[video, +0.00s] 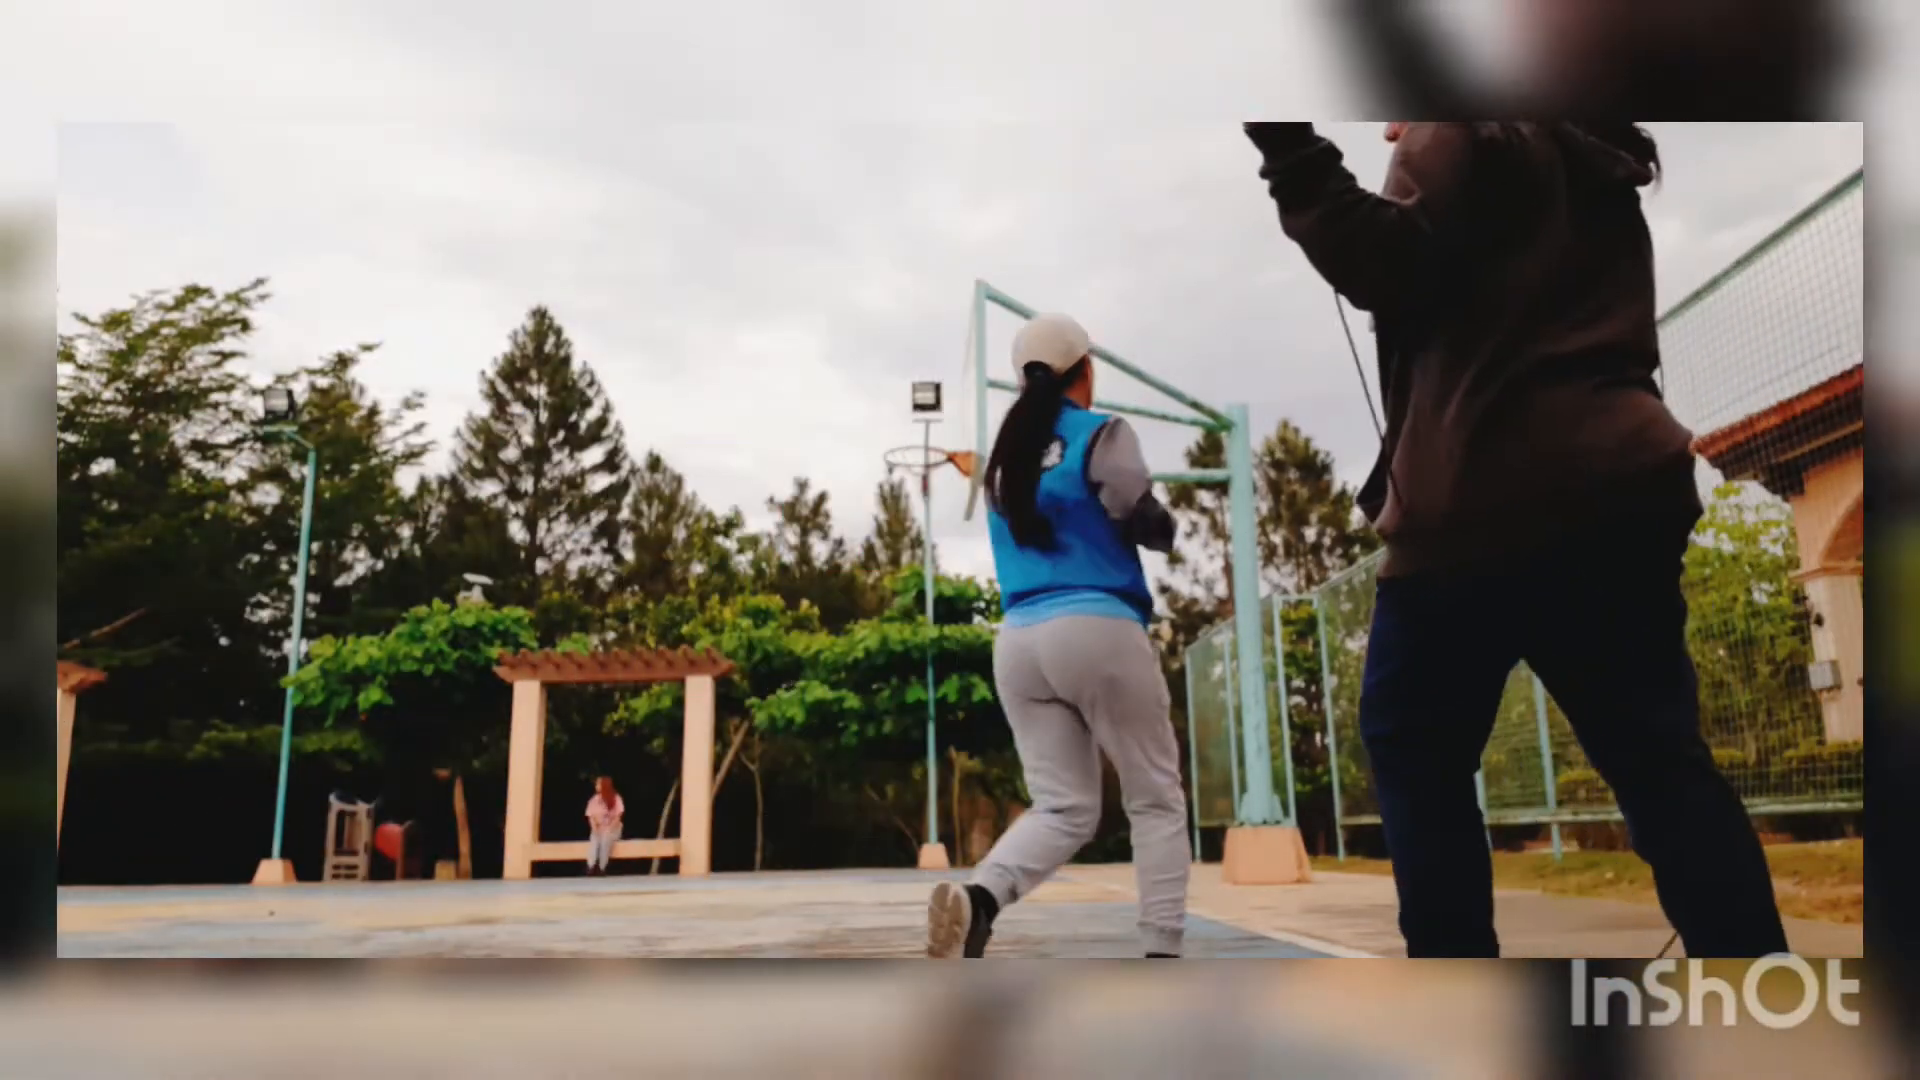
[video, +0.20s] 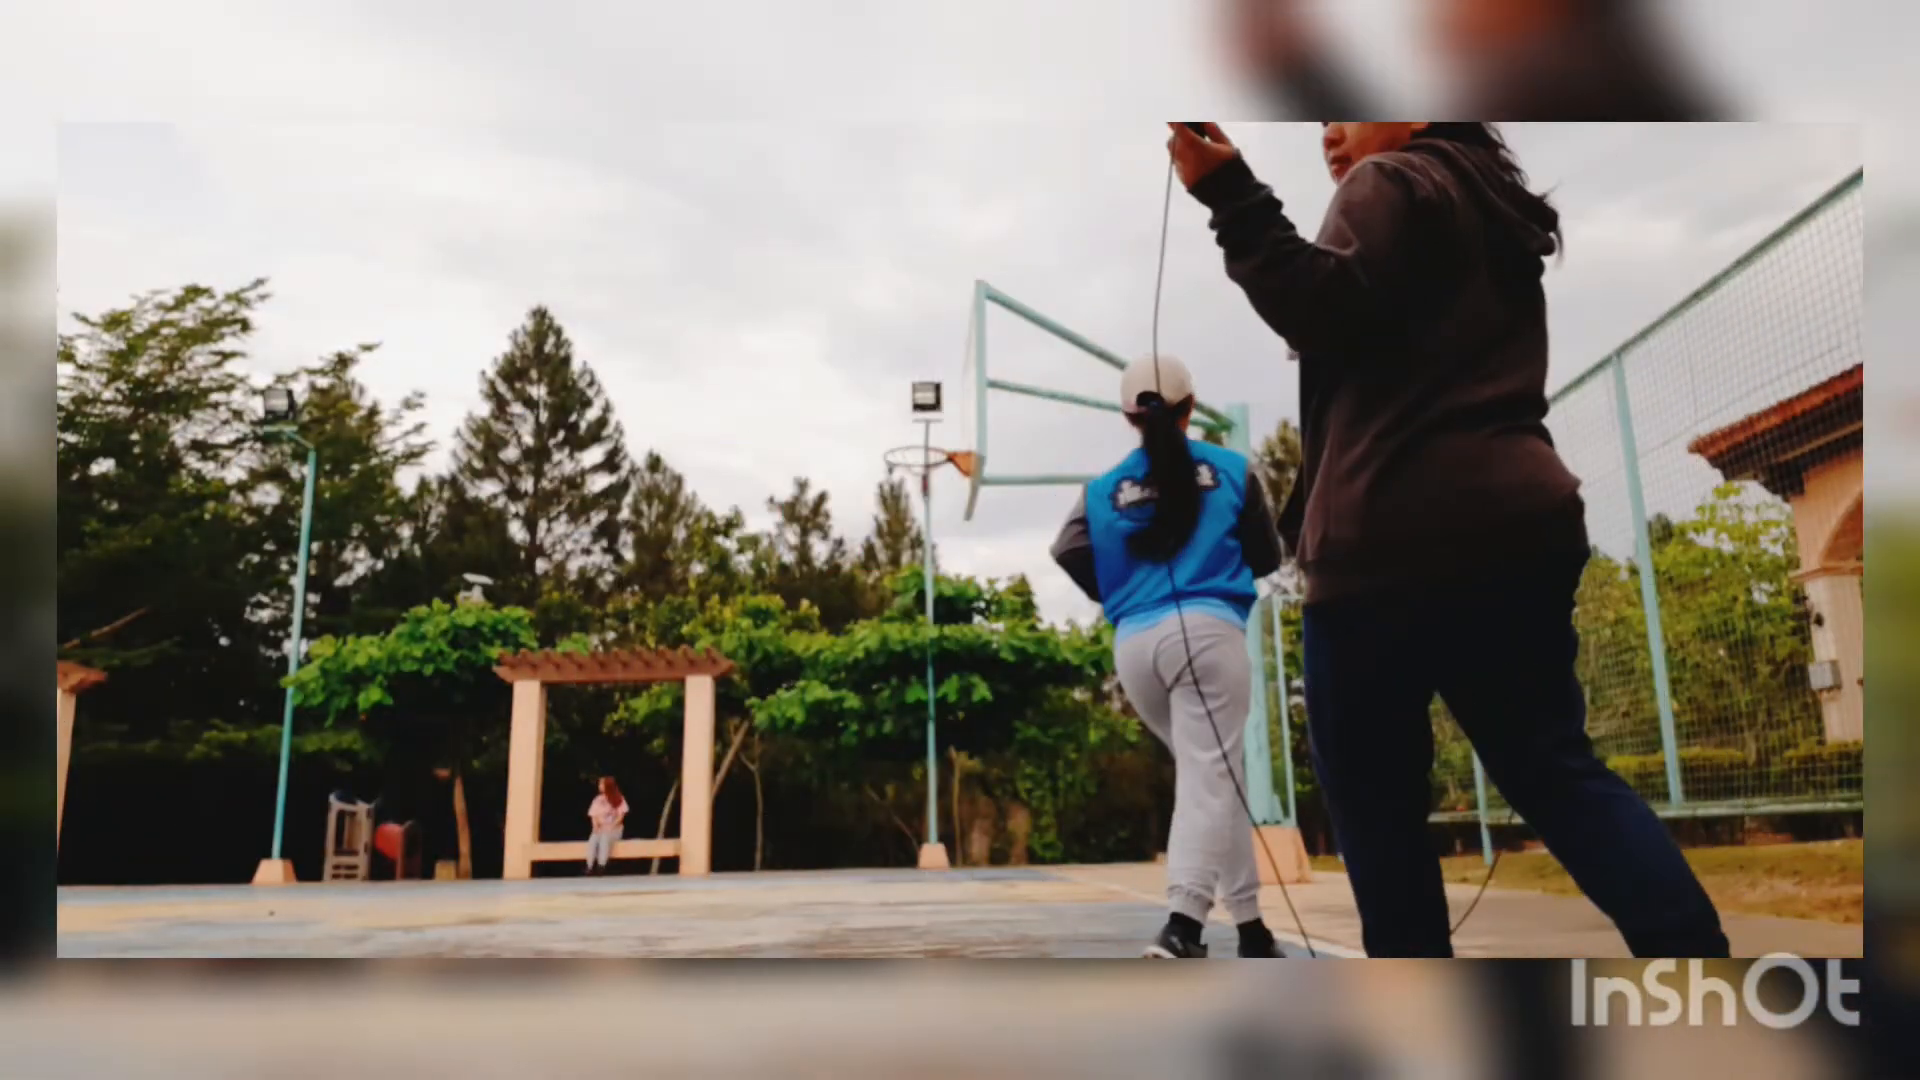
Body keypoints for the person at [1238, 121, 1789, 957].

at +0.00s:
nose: (1394, 103)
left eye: (1403, 82)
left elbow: (1393, 268)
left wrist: (1290, 146)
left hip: (1470, 506)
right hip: (1622, 485)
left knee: (1415, 748)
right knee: (1660, 758)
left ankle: (1455, 992)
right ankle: (1758, 991)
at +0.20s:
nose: (1330, 143)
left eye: (1342, 120)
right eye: (1328, 125)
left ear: (1398, 113)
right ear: (1430, 118)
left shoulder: (1383, 188)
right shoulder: (1492, 197)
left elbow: (1323, 315)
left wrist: (1229, 193)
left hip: (1380, 540)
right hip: (1519, 519)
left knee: (1374, 804)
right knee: (1551, 766)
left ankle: (1417, 1004)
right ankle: (1699, 966)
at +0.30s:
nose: (1296, 138)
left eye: (1317, 116)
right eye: (1292, 125)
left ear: (1380, 123)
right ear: (1393, 137)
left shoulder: (1348, 202)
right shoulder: (1437, 217)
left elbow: (1289, 332)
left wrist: (1191, 229)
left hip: (1343, 531)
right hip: (1453, 519)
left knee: (1350, 796)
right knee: (1430, 766)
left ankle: (1415, 1001)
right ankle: (1600, 928)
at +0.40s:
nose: (1272, 145)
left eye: (1294, 125)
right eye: (1268, 130)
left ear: (1357, 130)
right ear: (1367, 144)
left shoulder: (1327, 210)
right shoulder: (1400, 221)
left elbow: (1267, 335)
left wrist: (1167, 240)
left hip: (1329, 533)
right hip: (1415, 526)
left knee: (1327, 771)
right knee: (1355, 756)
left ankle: (1410, 976)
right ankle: (1512, 933)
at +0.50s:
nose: (1250, 156)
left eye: (1273, 135)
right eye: (1245, 143)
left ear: (1334, 148)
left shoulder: (1311, 219)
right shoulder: (1359, 226)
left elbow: (1254, 334)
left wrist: (1148, 239)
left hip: (1309, 536)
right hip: (1366, 528)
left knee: (1314, 757)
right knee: (1287, 746)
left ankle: (1411, 961)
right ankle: (1391, 938)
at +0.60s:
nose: (1233, 166)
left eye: (1255, 147)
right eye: (1223, 154)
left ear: (1309, 164)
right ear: (1212, 169)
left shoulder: (1290, 232)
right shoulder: (1294, 237)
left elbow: (1245, 340)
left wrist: (1141, 244)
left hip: (1297, 552)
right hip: (1287, 553)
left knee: (1321, 772)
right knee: (1256, 771)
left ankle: (1413, 974)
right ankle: (1294, 970)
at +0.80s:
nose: (1176, 213)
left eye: (1198, 196)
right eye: (1165, 200)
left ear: (1246, 214)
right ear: (1154, 215)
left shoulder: (1237, 279)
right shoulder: (1194, 300)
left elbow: (1231, 377)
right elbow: (1178, 443)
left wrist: (1142, 290)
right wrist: (1094, 444)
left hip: (1224, 584)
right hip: (1175, 589)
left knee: (1255, 786)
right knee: (1166, 785)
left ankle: (1386, 956)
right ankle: (1210, 961)